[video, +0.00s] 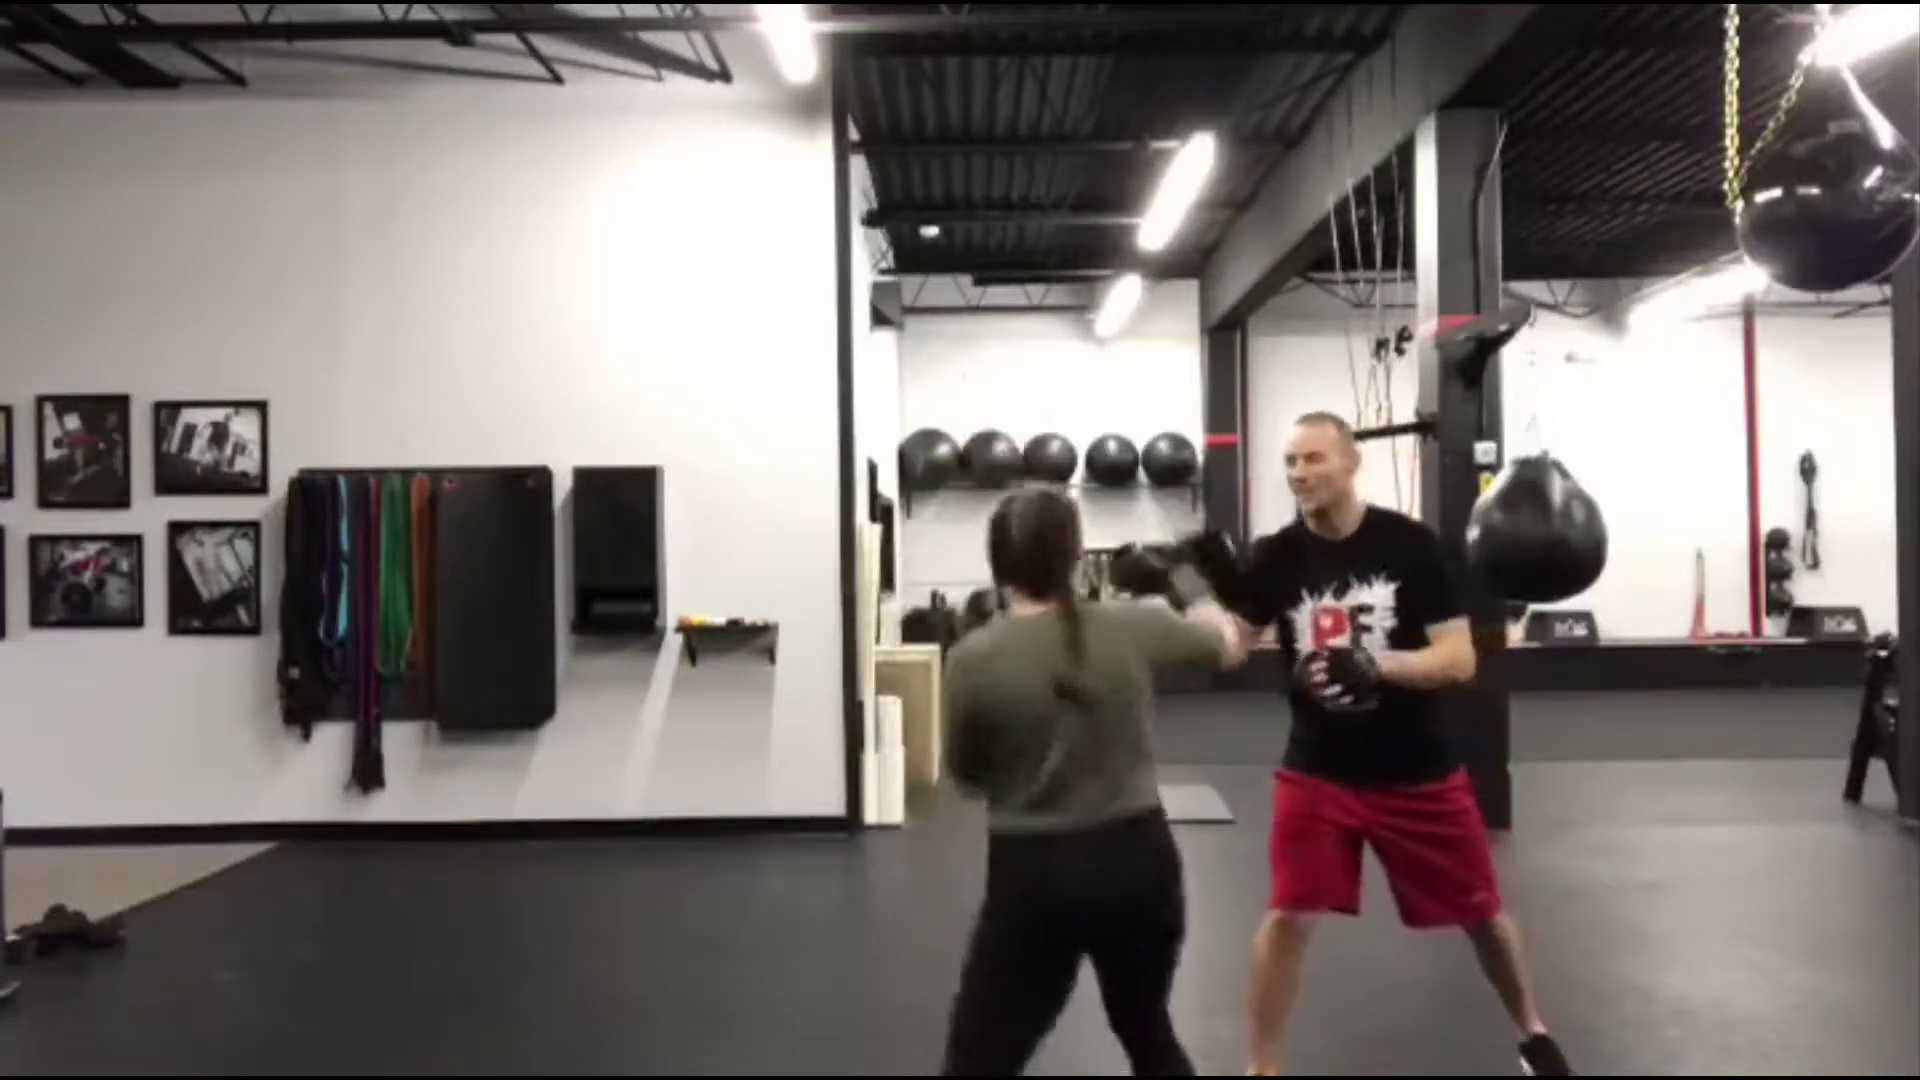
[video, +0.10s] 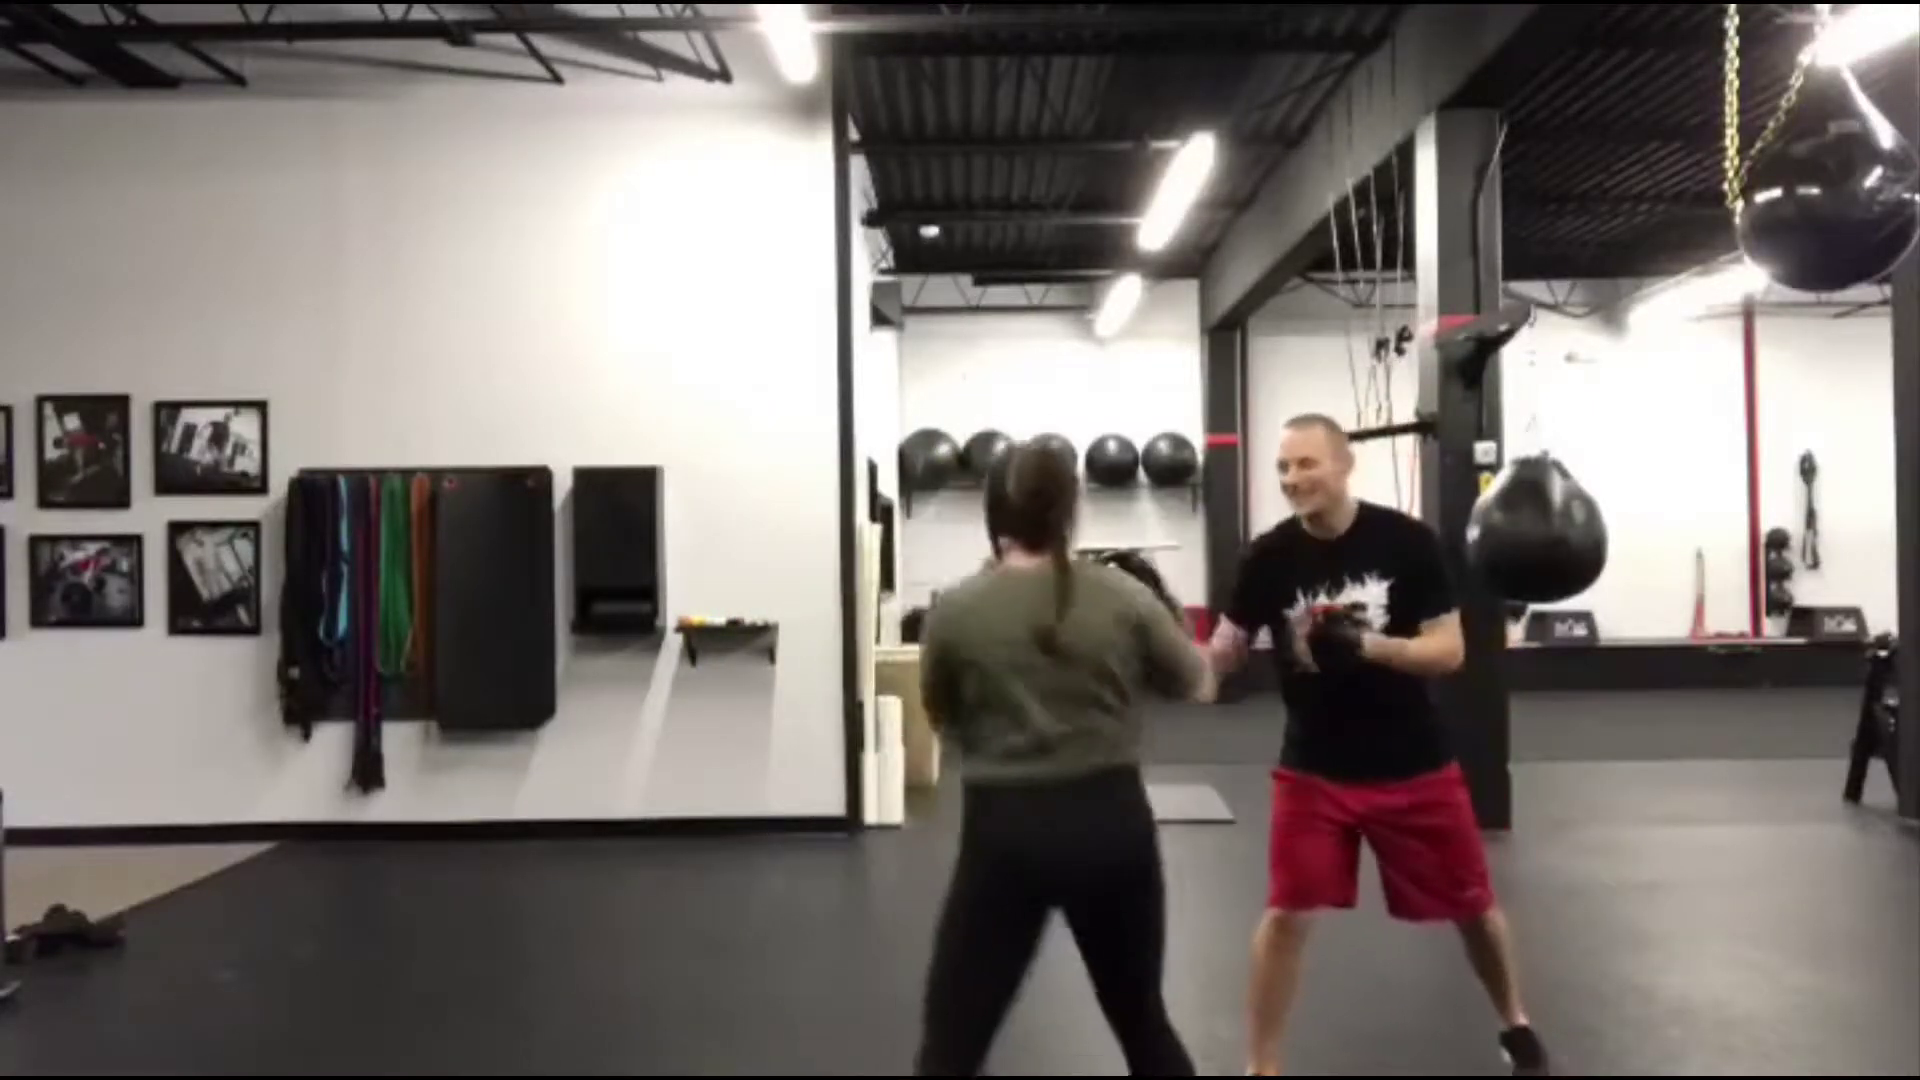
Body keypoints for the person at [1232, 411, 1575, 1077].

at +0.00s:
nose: (1300, 473)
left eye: (1314, 459)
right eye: (1291, 462)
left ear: (1353, 463)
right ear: (1286, 472)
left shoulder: (1414, 546)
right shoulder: (1274, 557)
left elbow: (1458, 659)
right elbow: (1230, 637)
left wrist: (1373, 664)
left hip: (1421, 774)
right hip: (1318, 775)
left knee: (1485, 915)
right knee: (1288, 915)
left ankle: (1534, 1034)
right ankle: (1262, 1065)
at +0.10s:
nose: (1294, 478)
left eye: (1307, 464)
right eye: (1285, 467)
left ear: (1345, 464)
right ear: (1278, 475)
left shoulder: (1408, 542)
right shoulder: (1267, 558)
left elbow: (1448, 650)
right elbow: (1227, 653)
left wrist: (1369, 645)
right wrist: (1218, 656)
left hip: (1416, 770)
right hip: (1314, 773)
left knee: (1476, 909)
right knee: (1287, 914)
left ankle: (1516, 1025)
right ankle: (1262, 1064)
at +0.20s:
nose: (1301, 493)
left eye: (1314, 479)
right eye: (1291, 481)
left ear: (1351, 475)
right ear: (1282, 485)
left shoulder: (1413, 545)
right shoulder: (1273, 560)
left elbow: (1443, 655)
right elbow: (1236, 653)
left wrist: (1355, 631)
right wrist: (1249, 722)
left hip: (1417, 774)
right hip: (1318, 777)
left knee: (1478, 914)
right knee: (1288, 915)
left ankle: (1509, 1019)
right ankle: (1261, 1065)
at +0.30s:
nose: (1322, 503)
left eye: (1335, 489)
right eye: (1312, 491)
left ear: (1372, 485)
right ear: (1304, 494)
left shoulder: (1423, 556)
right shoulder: (1291, 571)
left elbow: (1441, 666)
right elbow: (1257, 662)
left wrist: (1349, 630)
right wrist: (1285, 739)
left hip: (1425, 779)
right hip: (1329, 777)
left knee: (1483, 922)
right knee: (1293, 914)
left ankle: (1508, 1022)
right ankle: (1261, 1065)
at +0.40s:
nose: (1348, 506)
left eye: (1359, 492)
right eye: (1338, 494)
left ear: (1397, 485)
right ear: (1329, 494)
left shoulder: (1444, 564)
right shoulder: (1310, 572)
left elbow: (1458, 671)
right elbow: (1284, 666)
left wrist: (1368, 627)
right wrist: (1315, 738)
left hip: (1442, 781)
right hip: (1346, 779)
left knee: (1490, 924)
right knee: (1307, 915)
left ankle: (1510, 1030)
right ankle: (1264, 1064)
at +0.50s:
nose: (1366, 500)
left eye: (1378, 487)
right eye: (1357, 488)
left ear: (1413, 483)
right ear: (1347, 488)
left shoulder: (1464, 557)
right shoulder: (1325, 565)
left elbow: (1476, 665)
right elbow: (1300, 652)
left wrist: (1396, 626)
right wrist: (1330, 720)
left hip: (1451, 775)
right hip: (1354, 773)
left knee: (1496, 920)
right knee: (1313, 909)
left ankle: (1510, 1028)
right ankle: (1266, 1060)